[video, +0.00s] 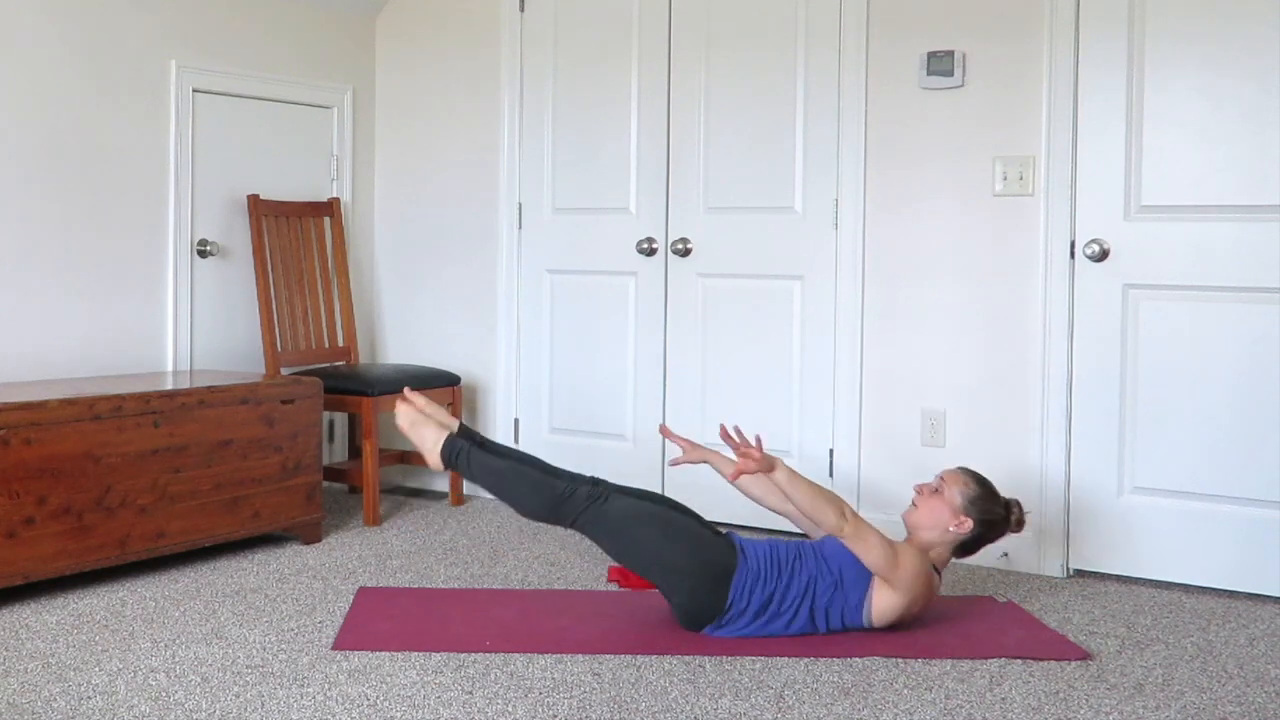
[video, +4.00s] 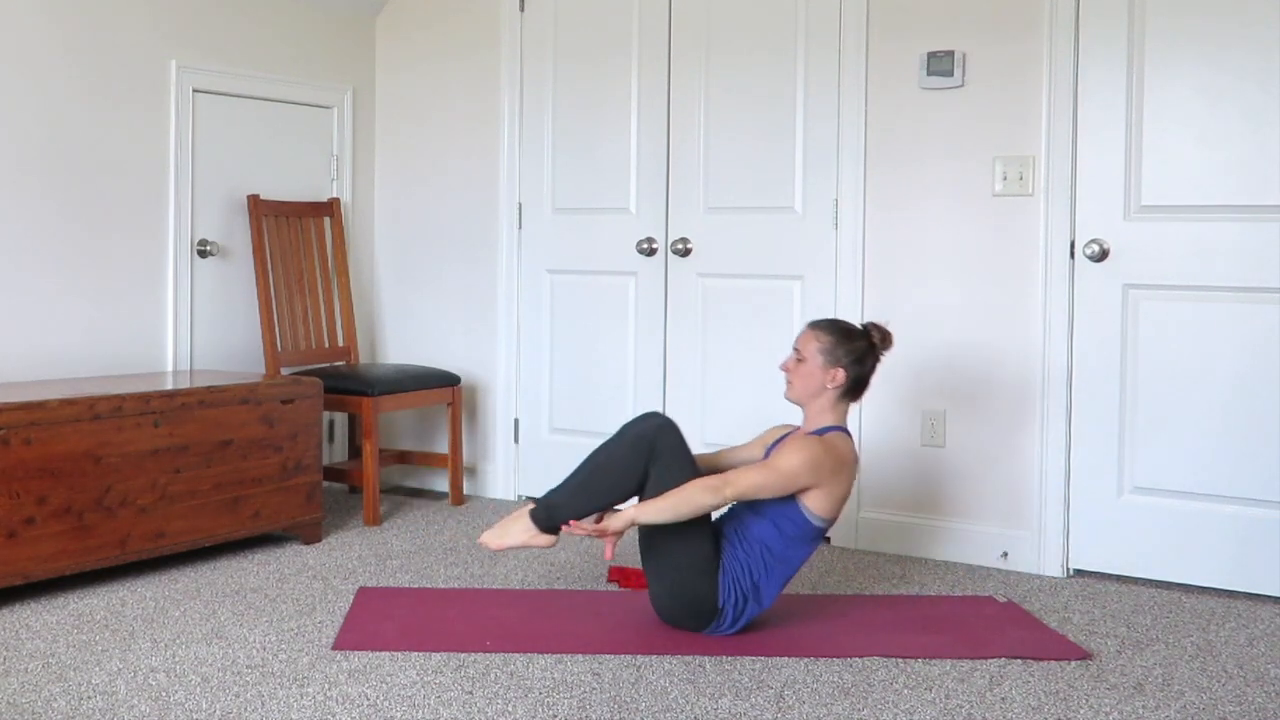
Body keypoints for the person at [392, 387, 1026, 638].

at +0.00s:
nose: (918, 495)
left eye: (934, 496)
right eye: (928, 487)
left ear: (957, 527)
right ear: (938, 513)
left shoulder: (910, 576)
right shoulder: (896, 557)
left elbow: (841, 519)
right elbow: (821, 521)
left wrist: (774, 470)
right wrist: (725, 468)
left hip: (720, 584)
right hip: (724, 558)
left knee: (584, 501)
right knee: (586, 493)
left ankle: (448, 439)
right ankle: (449, 448)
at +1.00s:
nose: (807, 366)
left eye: (821, 363)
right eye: (816, 357)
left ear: (849, 392)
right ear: (842, 390)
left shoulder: (821, 463)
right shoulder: (795, 441)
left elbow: (716, 483)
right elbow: (700, 453)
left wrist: (614, 491)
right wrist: (615, 469)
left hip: (708, 600)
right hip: (703, 573)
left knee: (644, 435)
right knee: (638, 428)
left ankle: (506, 480)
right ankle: (506, 451)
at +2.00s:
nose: (883, 441)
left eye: (900, 438)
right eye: (891, 432)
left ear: (928, 466)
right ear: (910, 456)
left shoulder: (890, 524)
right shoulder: (870, 503)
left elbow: (794, 524)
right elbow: (774, 493)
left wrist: (695, 514)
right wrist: (680, 478)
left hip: (716, 587)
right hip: (719, 567)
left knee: (586, 485)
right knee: (590, 483)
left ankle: (436, 487)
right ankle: (444, 484)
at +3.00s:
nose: (932, 500)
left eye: (949, 502)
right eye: (942, 492)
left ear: (971, 537)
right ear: (950, 520)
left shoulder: (917, 578)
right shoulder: (909, 559)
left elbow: (839, 531)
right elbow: (827, 518)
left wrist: (754, 480)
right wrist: (740, 471)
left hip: (729, 587)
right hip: (732, 569)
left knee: (611, 477)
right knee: (615, 476)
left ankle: (473, 414)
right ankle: (478, 417)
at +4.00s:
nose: (786, 365)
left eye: (799, 358)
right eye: (792, 354)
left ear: (834, 377)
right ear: (829, 378)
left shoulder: (822, 453)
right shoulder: (793, 437)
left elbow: (724, 491)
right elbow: (708, 466)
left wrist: (631, 516)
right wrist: (621, 508)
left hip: (709, 598)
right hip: (704, 580)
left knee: (656, 433)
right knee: (651, 431)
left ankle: (540, 524)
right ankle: (543, 515)